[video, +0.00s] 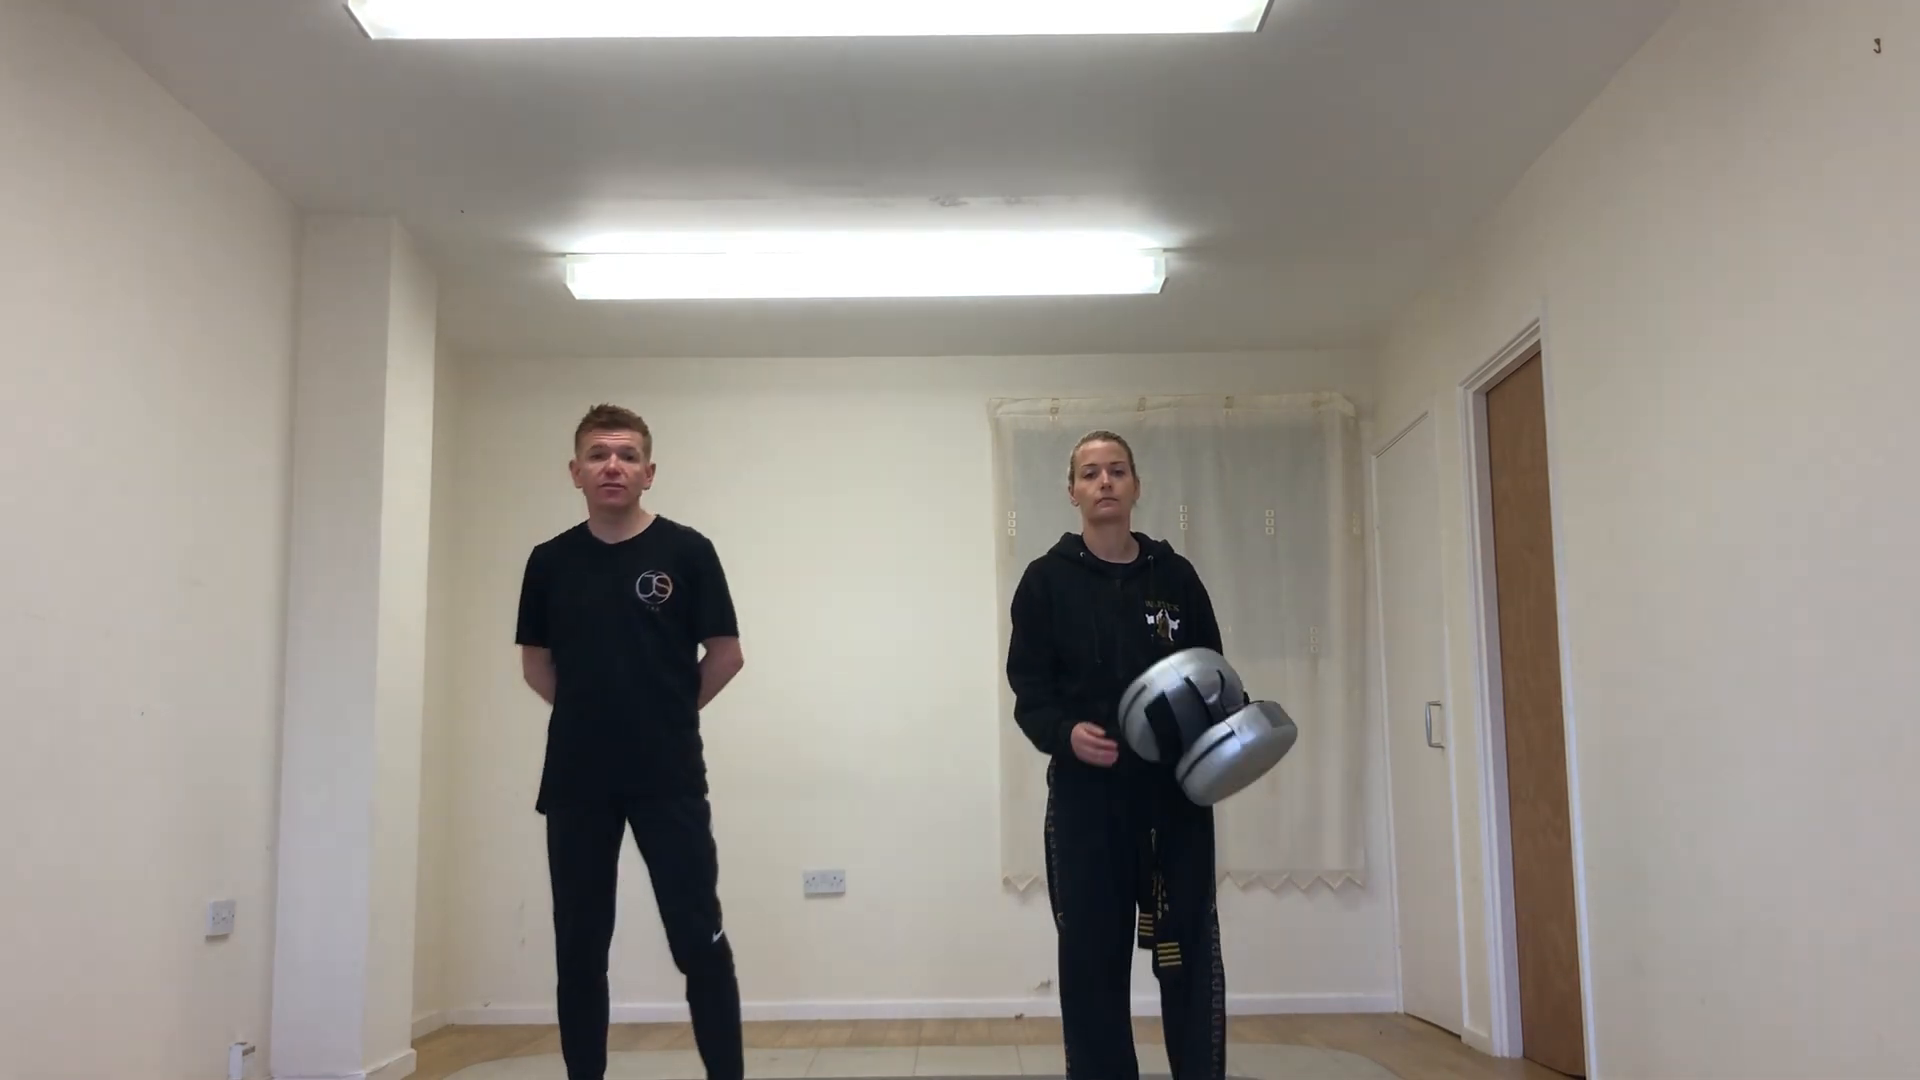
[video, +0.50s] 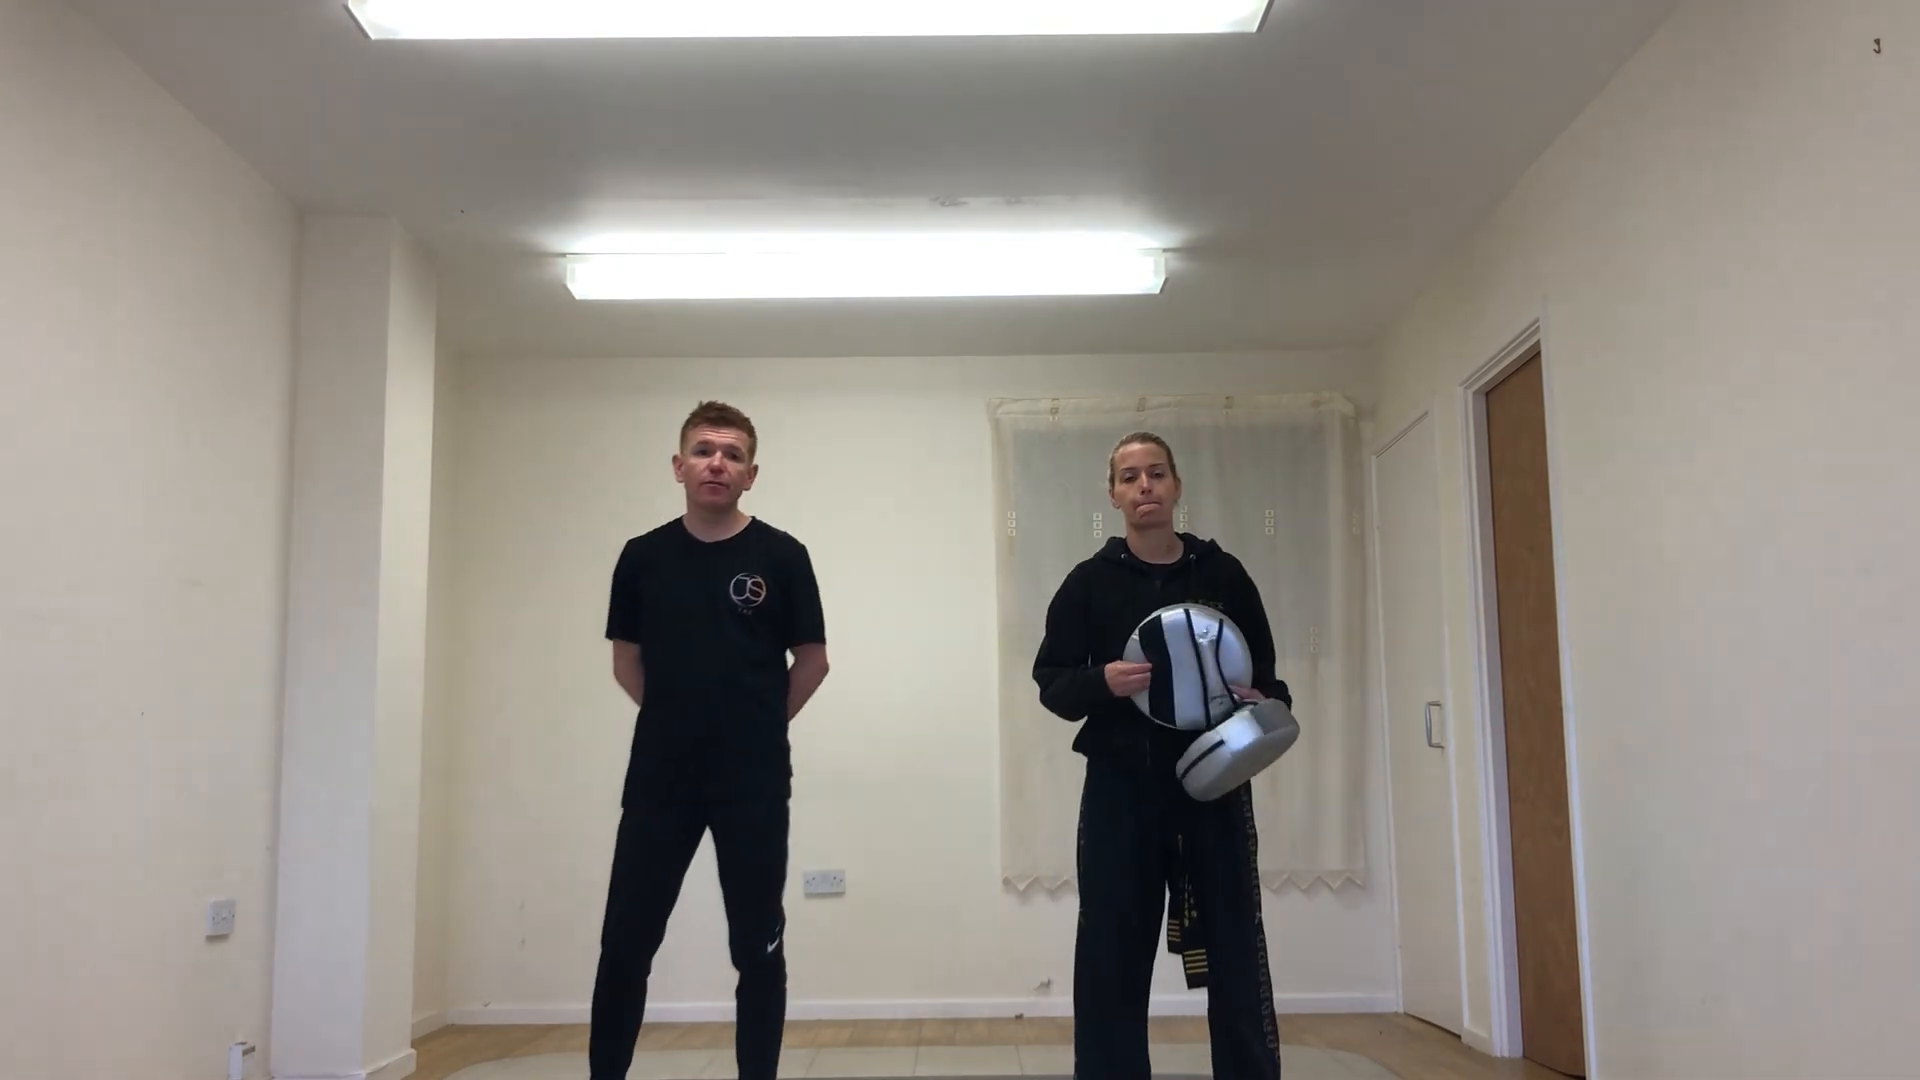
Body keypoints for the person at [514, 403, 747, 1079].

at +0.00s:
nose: (612, 465)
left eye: (626, 455)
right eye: (598, 454)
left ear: (648, 471)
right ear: (576, 472)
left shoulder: (687, 550)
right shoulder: (548, 560)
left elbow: (725, 654)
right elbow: (537, 669)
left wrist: (671, 709)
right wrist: (593, 707)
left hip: (666, 766)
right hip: (579, 769)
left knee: (700, 941)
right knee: (578, 947)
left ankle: (725, 1076)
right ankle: (583, 1076)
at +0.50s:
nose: (717, 463)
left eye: (733, 454)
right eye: (704, 451)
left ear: (750, 473)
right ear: (680, 466)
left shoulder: (782, 555)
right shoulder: (642, 554)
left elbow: (812, 661)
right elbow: (626, 665)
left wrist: (762, 721)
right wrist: (677, 715)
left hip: (751, 769)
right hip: (663, 767)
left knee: (759, 949)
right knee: (624, 946)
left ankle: (757, 1077)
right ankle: (605, 1076)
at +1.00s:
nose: (771, 463)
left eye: (787, 455)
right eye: (759, 450)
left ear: (802, 475)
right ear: (731, 461)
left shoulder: (822, 562)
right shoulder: (682, 544)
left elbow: (841, 670)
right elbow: (652, 649)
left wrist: (779, 720)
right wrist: (701, 707)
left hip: (768, 773)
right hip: (680, 764)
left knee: (764, 947)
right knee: (641, 933)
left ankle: (760, 1076)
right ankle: (643, 1074)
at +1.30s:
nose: (757, 465)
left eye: (773, 456)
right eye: (744, 451)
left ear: (787, 476)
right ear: (717, 462)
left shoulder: (806, 564)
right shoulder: (665, 546)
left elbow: (825, 673)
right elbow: (634, 655)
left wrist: (763, 725)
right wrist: (686, 711)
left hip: (755, 770)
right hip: (665, 761)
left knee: (759, 950)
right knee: (613, 939)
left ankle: (757, 1077)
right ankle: (579, 1075)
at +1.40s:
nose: (740, 465)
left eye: (756, 457)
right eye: (728, 452)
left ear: (771, 478)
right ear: (701, 462)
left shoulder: (791, 565)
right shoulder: (649, 547)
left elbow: (811, 674)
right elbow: (619, 657)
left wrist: (749, 725)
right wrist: (670, 712)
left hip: (742, 773)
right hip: (651, 765)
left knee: (752, 951)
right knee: (605, 941)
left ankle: (755, 1077)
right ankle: (576, 1075)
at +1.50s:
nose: (718, 467)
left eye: (734, 459)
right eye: (706, 453)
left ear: (749, 479)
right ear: (678, 464)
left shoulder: (770, 566)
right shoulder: (628, 550)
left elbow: (792, 674)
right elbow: (599, 657)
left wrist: (732, 725)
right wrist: (648, 713)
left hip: (723, 775)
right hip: (632, 769)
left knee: (740, 950)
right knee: (597, 945)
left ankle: (751, 1076)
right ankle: (576, 1075)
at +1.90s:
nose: (621, 470)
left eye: (636, 460)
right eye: (607, 458)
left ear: (656, 475)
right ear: (586, 472)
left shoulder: (687, 561)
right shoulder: (546, 555)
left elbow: (709, 669)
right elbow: (525, 662)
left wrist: (654, 721)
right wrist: (576, 714)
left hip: (647, 771)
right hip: (559, 771)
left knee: (656, 932)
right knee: (558, 945)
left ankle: (701, 1074)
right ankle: (563, 1076)